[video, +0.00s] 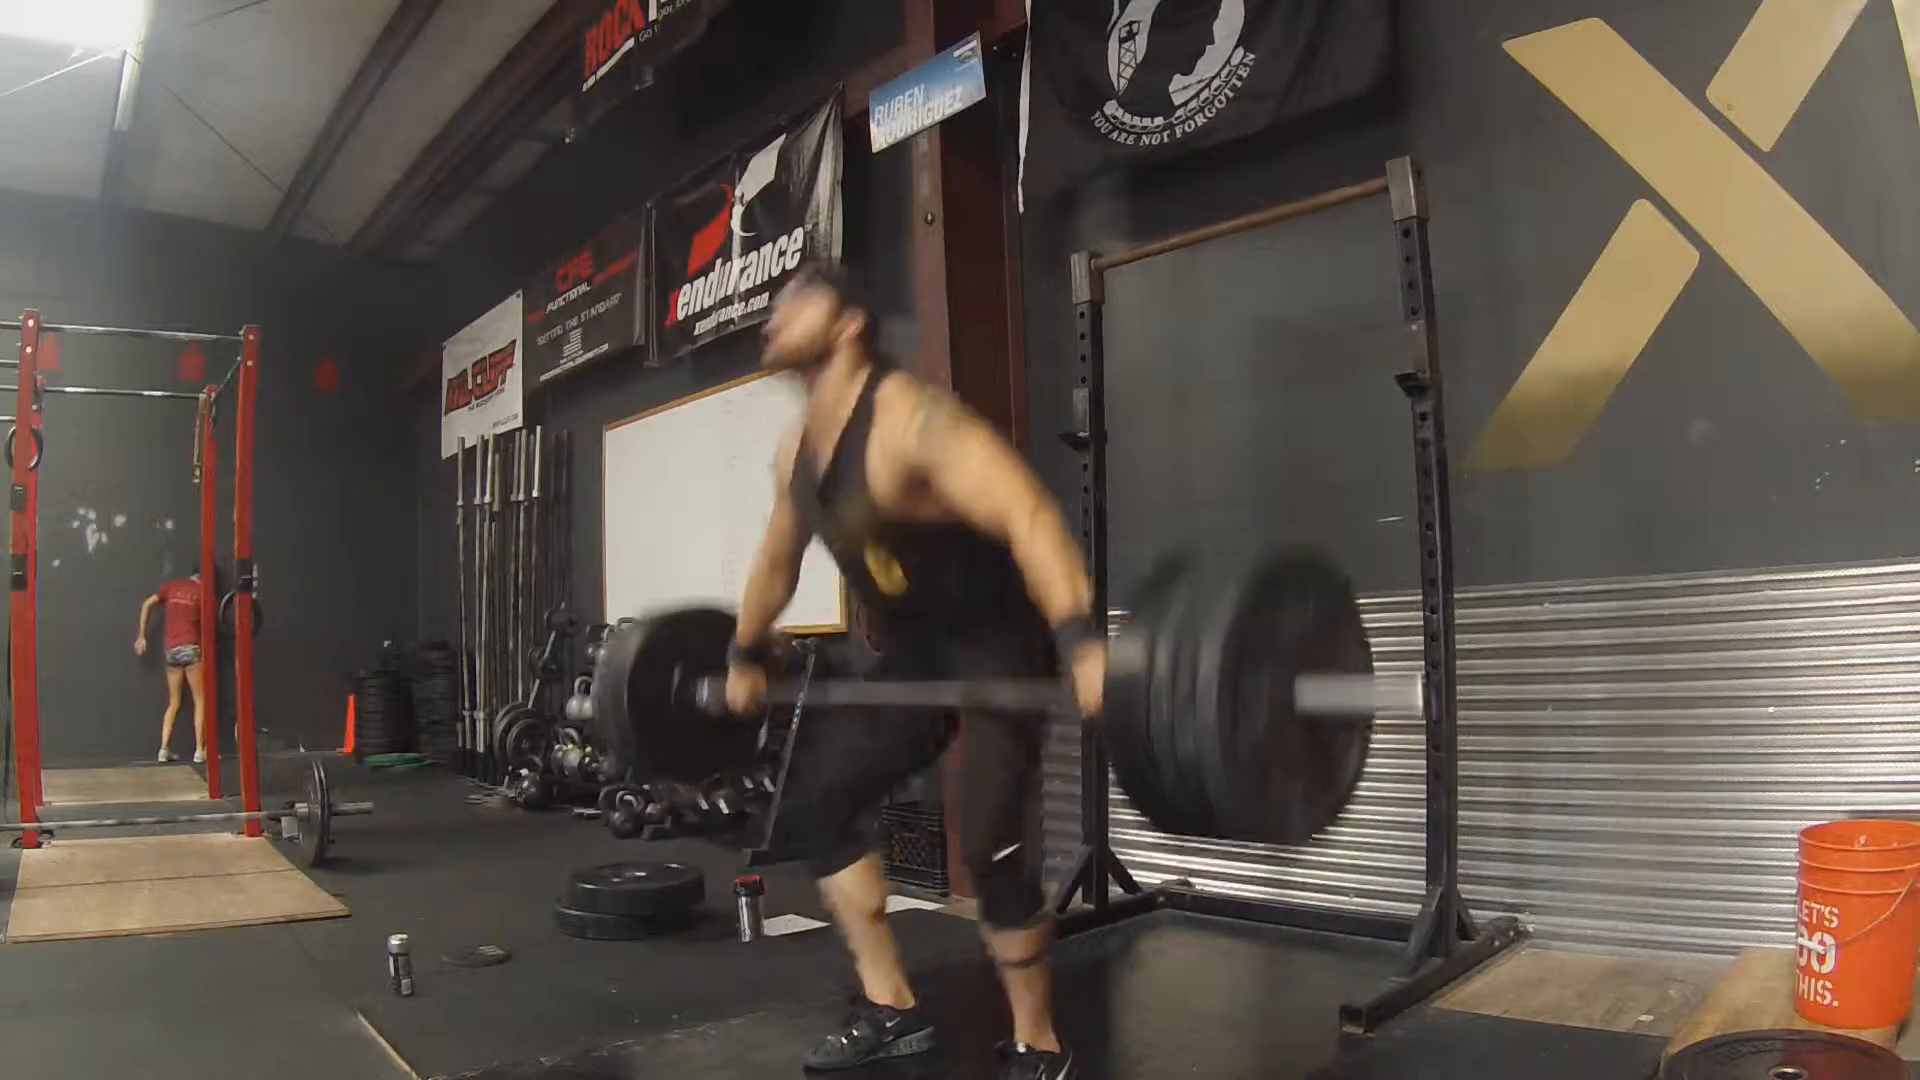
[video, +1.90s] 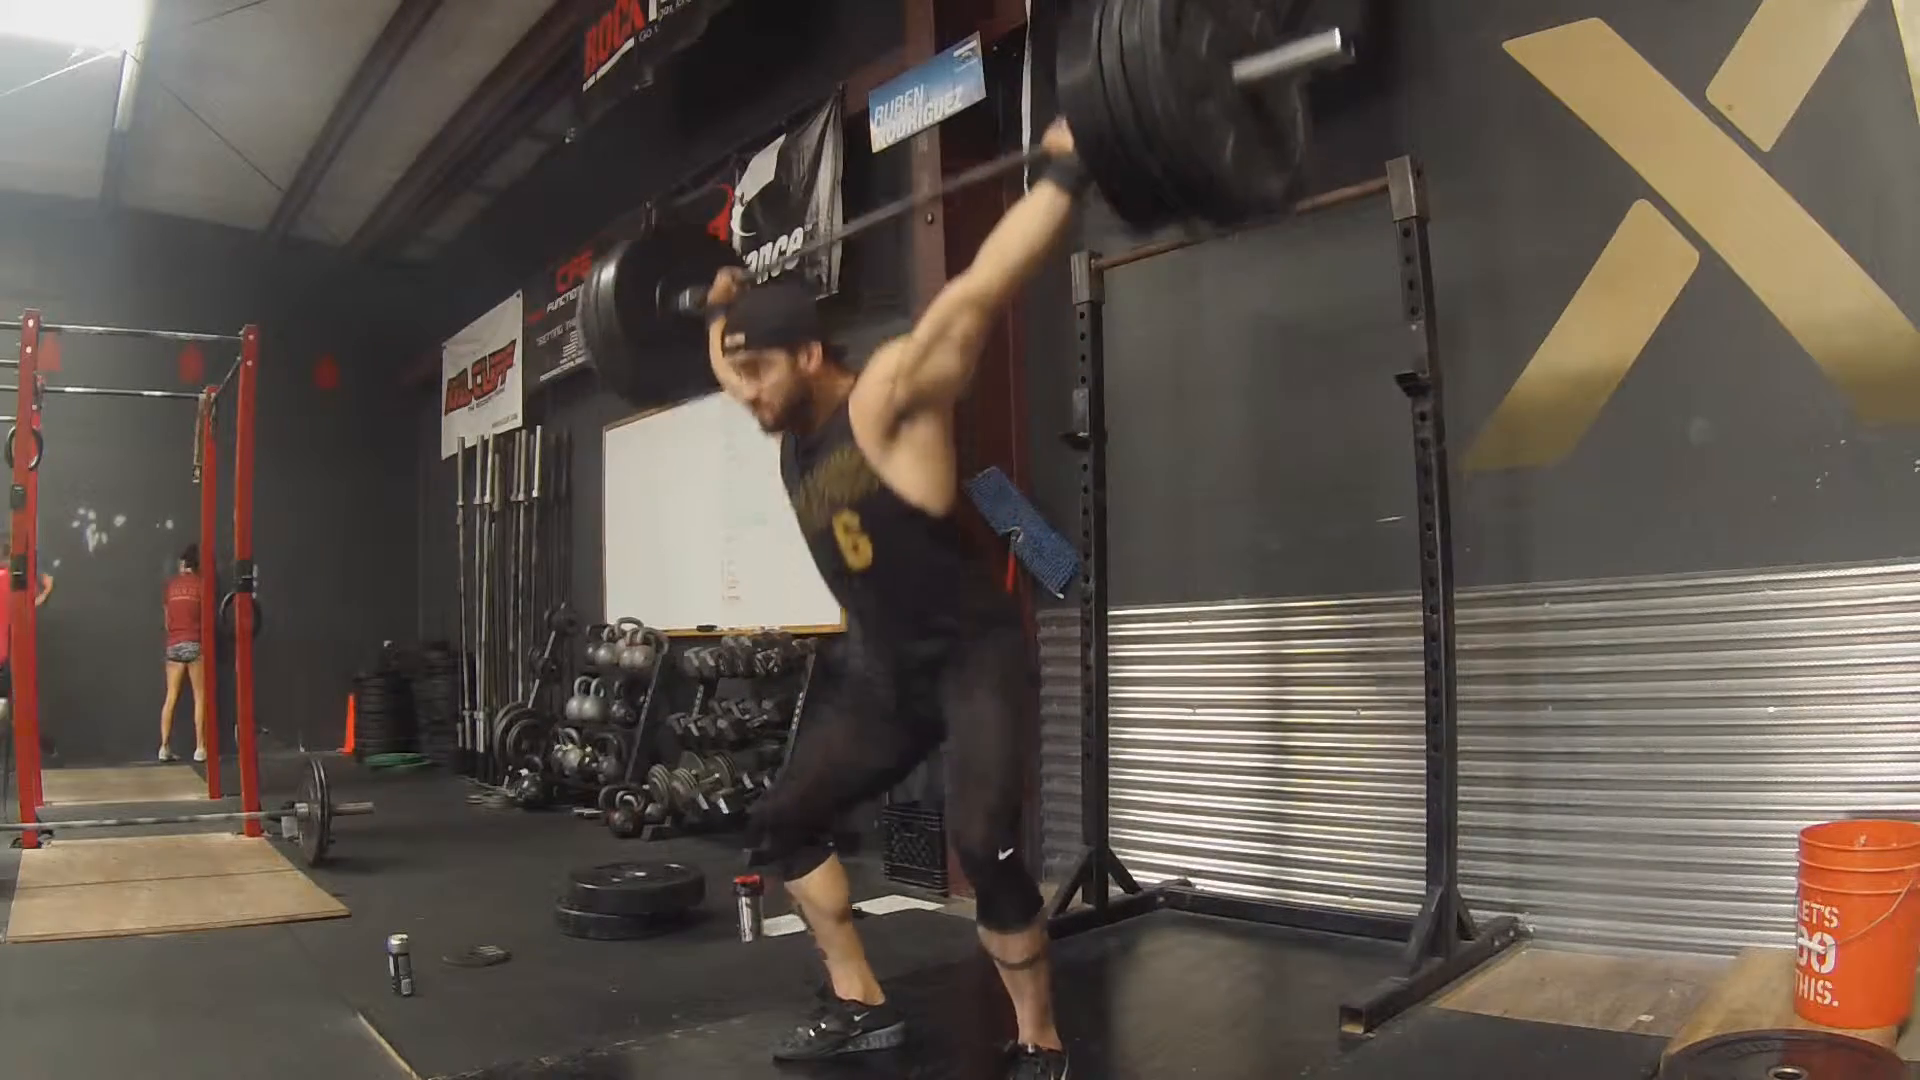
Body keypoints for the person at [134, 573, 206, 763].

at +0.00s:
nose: (206, 584)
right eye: (206, 580)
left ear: (192, 575)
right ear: (203, 577)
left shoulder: (171, 587)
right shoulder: (203, 592)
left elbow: (147, 603)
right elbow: (207, 621)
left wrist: (141, 635)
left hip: (171, 647)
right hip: (192, 646)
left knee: (173, 702)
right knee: (199, 700)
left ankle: (163, 749)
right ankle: (200, 749)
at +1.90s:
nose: (182, 568)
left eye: (182, 564)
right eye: (187, 564)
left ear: (181, 564)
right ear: (197, 564)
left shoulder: (170, 585)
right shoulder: (201, 584)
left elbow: (167, 615)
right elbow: (207, 614)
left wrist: (170, 631)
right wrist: (207, 636)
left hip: (174, 641)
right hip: (195, 640)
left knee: (170, 696)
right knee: (199, 695)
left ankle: (164, 745)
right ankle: (200, 746)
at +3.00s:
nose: (188, 566)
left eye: (191, 562)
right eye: (188, 562)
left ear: (201, 564)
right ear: (203, 565)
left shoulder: (195, 583)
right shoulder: (214, 585)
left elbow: (191, 613)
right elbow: (218, 615)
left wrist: (182, 645)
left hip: (193, 645)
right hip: (212, 645)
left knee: (183, 696)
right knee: (213, 696)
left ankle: (178, 746)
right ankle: (215, 748)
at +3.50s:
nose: (191, 568)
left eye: (194, 563)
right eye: (191, 564)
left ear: (203, 565)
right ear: (205, 565)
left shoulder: (199, 586)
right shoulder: (216, 586)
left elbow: (194, 615)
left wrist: (182, 644)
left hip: (199, 646)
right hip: (214, 644)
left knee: (201, 696)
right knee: (213, 696)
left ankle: (211, 747)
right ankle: (215, 745)